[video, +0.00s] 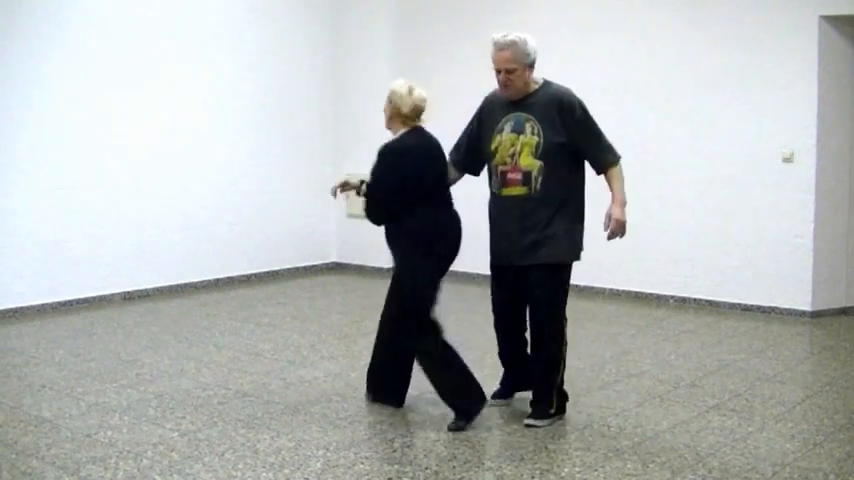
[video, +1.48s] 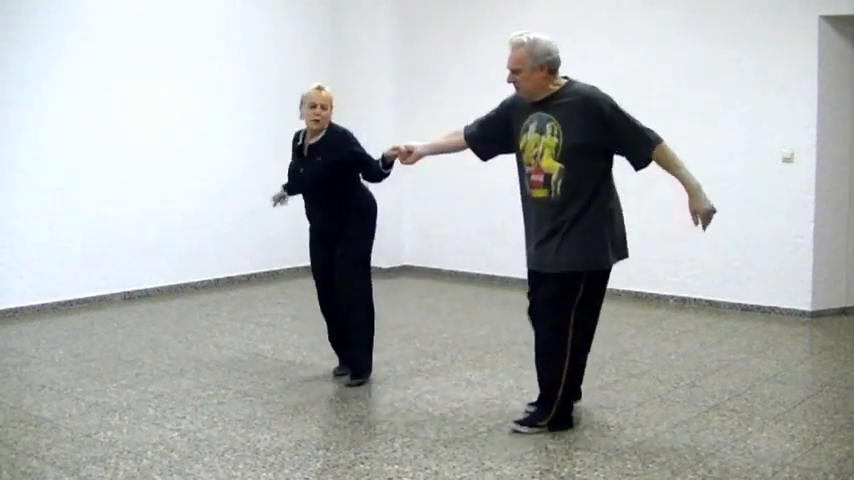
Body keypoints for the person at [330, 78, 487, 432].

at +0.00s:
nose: (383, 111)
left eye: (387, 106)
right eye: (386, 105)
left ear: (394, 111)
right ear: (416, 112)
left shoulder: (393, 153)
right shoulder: (430, 144)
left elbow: (378, 212)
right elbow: (411, 188)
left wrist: (366, 194)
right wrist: (364, 185)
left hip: (416, 248)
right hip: (442, 240)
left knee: (414, 322)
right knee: (399, 315)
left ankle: (468, 400)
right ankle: (386, 390)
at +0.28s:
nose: (406, 108)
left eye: (404, 103)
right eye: (404, 103)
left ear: (370, 107)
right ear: (398, 106)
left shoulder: (356, 140)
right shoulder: (413, 135)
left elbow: (352, 183)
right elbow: (448, 159)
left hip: (361, 231)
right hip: (404, 233)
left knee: (358, 299)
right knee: (399, 307)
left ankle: (348, 374)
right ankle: (384, 393)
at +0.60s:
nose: (386, 102)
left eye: (387, 96)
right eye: (378, 97)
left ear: (387, 100)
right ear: (360, 103)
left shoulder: (375, 137)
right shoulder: (357, 132)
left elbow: (393, 187)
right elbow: (396, 138)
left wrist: (417, 177)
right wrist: (417, 107)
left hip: (359, 229)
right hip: (355, 231)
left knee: (365, 297)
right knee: (376, 299)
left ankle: (349, 365)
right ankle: (354, 382)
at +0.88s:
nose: (354, 110)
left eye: (360, 104)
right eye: (347, 104)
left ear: (368, 108)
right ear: (337, 109)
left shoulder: (379, 143)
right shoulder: (323, 143)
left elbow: (407, 184)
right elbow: (287, 179)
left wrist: (442, 177)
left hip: (370, 236)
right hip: (329, 238)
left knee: (368, 306)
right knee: (337, 305)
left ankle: (359, 376)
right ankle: (339, 381)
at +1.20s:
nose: (323, 104)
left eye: (329, 99)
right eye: (318, 98)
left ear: (342, 103)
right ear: (313, 102)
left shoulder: (357, 135)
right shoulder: (310, 135)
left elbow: (385, 173)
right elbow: (296, 169)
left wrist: (400, 168)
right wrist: (257, 180)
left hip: (361, 226)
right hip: (323, 224)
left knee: (357, 295)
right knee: (316, 291)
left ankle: (357, 366)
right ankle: (332, 354)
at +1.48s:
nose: (318, 112)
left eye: (324, 108)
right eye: (312, 107)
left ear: (331, 112)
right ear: (302, 111)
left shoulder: (341, 139)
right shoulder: (299, 141)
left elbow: (372, 173)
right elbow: (300, 178)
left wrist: (387, 160)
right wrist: (286, 191)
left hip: (354, 222)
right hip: (322, 223)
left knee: (353, 288)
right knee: (327, 290)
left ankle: (361, 366)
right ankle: (346, 360)